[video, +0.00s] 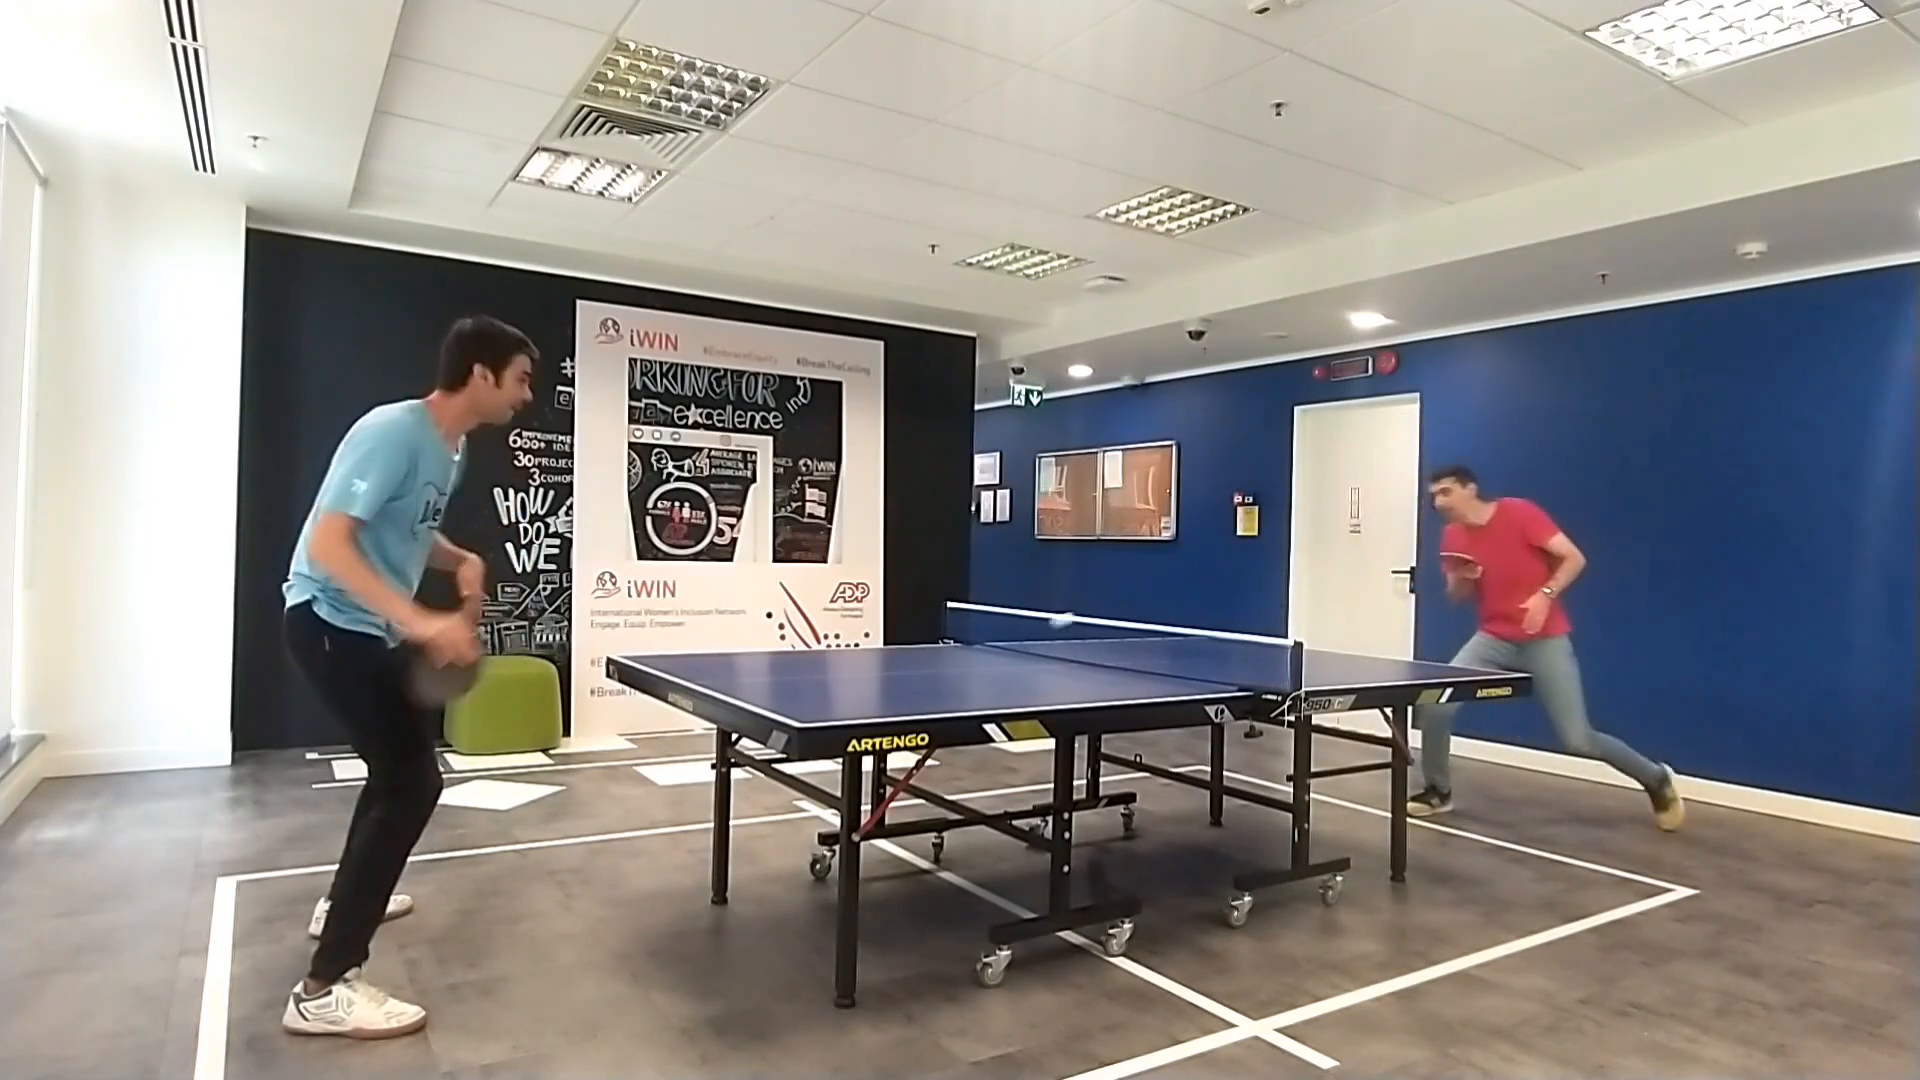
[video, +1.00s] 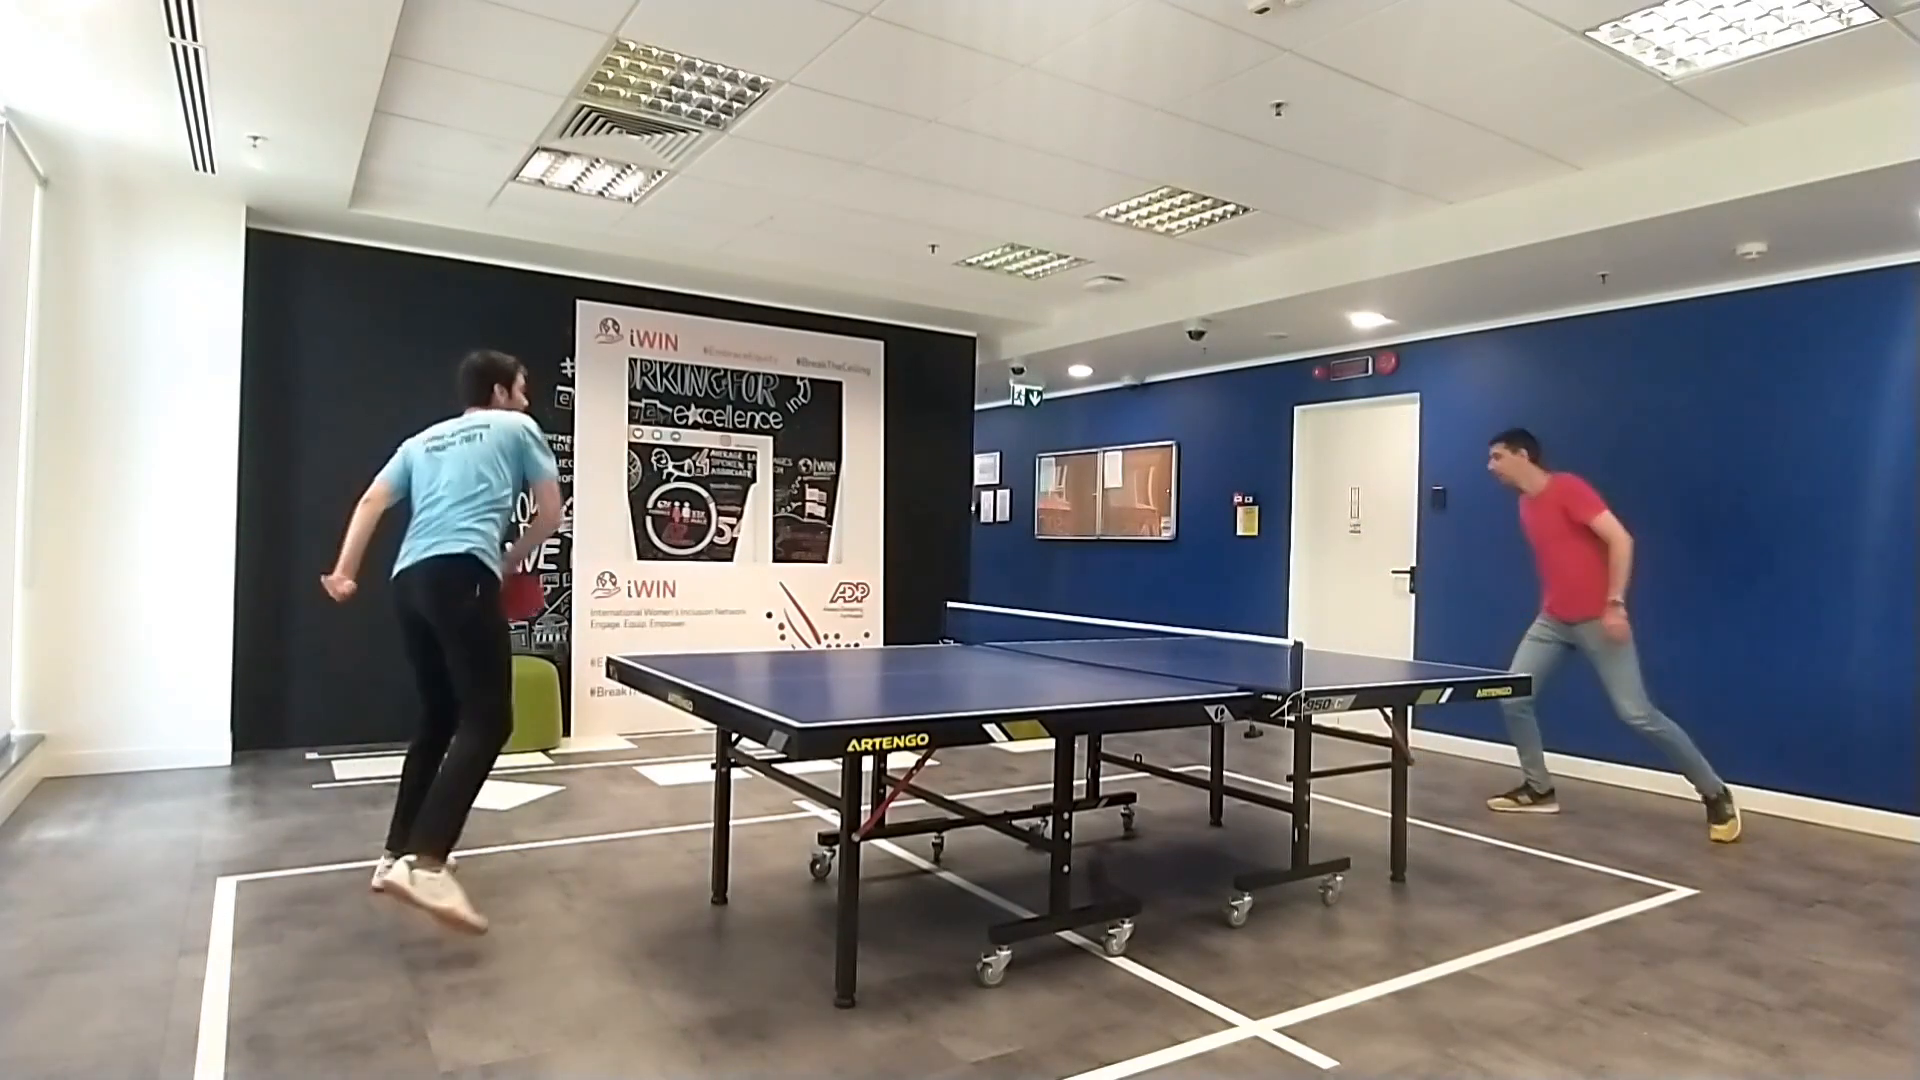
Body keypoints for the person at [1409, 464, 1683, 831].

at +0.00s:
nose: (1439, 502)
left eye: (1445, 492)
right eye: (1434, 497)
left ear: (1469, 489)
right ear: (1435, 503)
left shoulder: (1519, 514)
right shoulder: (1454, 536)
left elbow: (1574, 558)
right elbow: (1455, 596)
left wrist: (1546, 594)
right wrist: (1462, 581)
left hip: (1545, 640)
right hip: (1494, 638)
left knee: (1577, 740)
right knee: (1434, 706)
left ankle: (1658, 780)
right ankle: (1437, 793)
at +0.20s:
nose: (1504, 498)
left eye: (1512, 489)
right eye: (1501, 492)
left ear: (1538, 487)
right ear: (1502, 495)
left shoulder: (1584, 515)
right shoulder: (1515, 529)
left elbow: (1632, 571)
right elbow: (1515, 587)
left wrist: (1594, 609)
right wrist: (1520, 590)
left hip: (1599, 644)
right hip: (1545, 637)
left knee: (1626, 745)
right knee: (1479, 704)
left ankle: (1679, 801)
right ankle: (1439, 791)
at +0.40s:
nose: (1534, 470)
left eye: (1541, 461)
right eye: (1529, 464)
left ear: (1566, 462)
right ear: (1528, 471)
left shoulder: (1612, 493)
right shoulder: (1541, 511)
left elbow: (1664, 544)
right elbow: (1548, 558)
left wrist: (1627, 592)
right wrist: (1548, 575)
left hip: (1629, 623)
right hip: (1573, 619)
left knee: (1652, 727)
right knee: (1515, 687)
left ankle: (1684, 801)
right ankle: (1514, 786)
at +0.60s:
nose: (1542, 469)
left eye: (1550, 461)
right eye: (1538, 463)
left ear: (1576, 461)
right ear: (1537, 469)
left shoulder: (1621, 494)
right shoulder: (1547, 512)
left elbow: (1677, 540)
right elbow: (1553, 560)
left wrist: (1647, 587)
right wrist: (1551, 590)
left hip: (1639, 624)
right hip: (1582, 623)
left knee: (1671, 719)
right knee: (1539, 701)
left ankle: (1724, 805)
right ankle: (1536, 790)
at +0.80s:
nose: (1531, 488)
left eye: (1537, 479)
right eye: (1528, 481)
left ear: (1565, 478)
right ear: (1535, 486)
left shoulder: (1613, 508)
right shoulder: (1556, 524)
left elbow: (1678, 551)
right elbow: (1575, 573)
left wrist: (1659, 609)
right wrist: (1552, 625)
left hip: (1643, 638)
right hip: (1591, 633)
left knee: (1674, 733)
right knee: (1529, 693)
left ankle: (1732, 809)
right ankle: (1539, 788)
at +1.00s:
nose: (1492, 466)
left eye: (1497, 457)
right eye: (1490, 460)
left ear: (1522, 455)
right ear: (1513, 460)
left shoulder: (1567, 489)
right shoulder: (1526, 507)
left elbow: (1620, 538)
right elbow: (1555, 557)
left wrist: (1615, 603)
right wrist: (1551, 608)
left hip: (1598, 619)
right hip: (1553, 620)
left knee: (1636, 713)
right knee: (1514, 695)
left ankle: (1716, 795)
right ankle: (1538, 788)